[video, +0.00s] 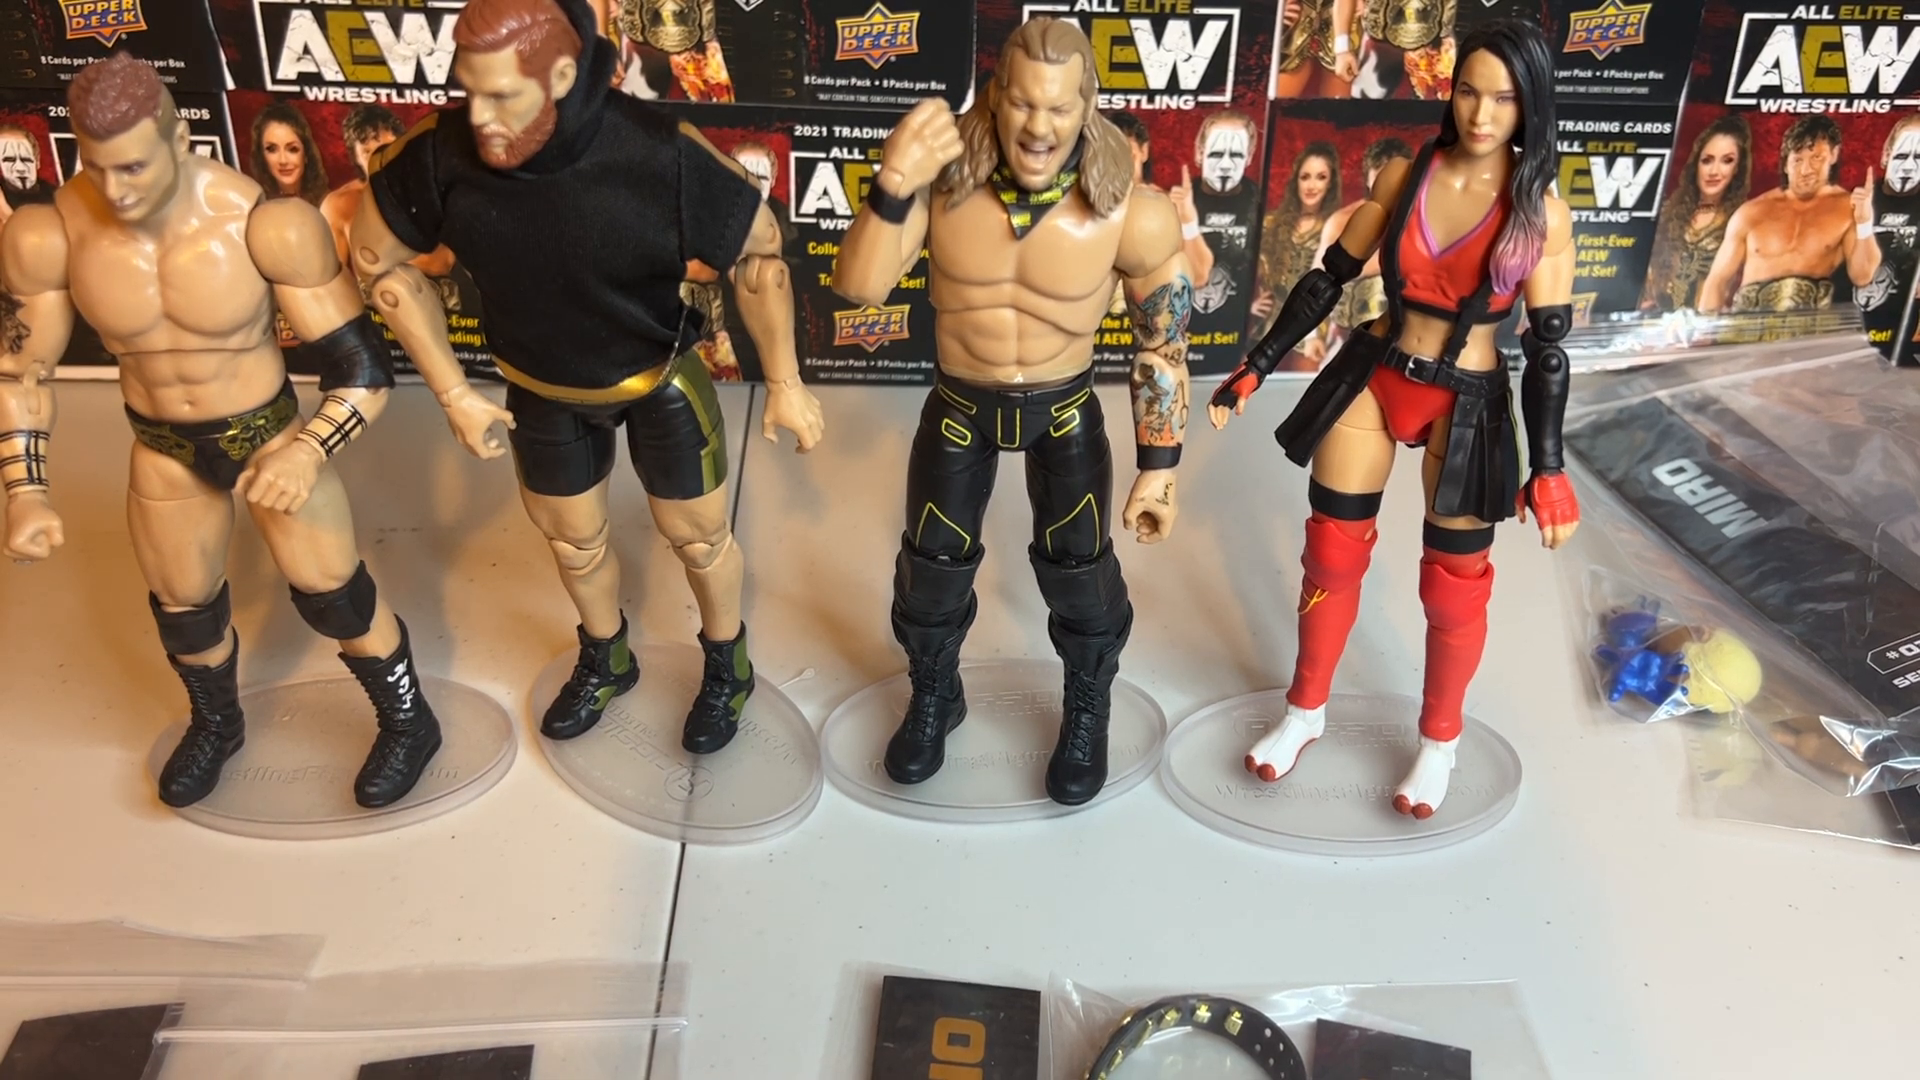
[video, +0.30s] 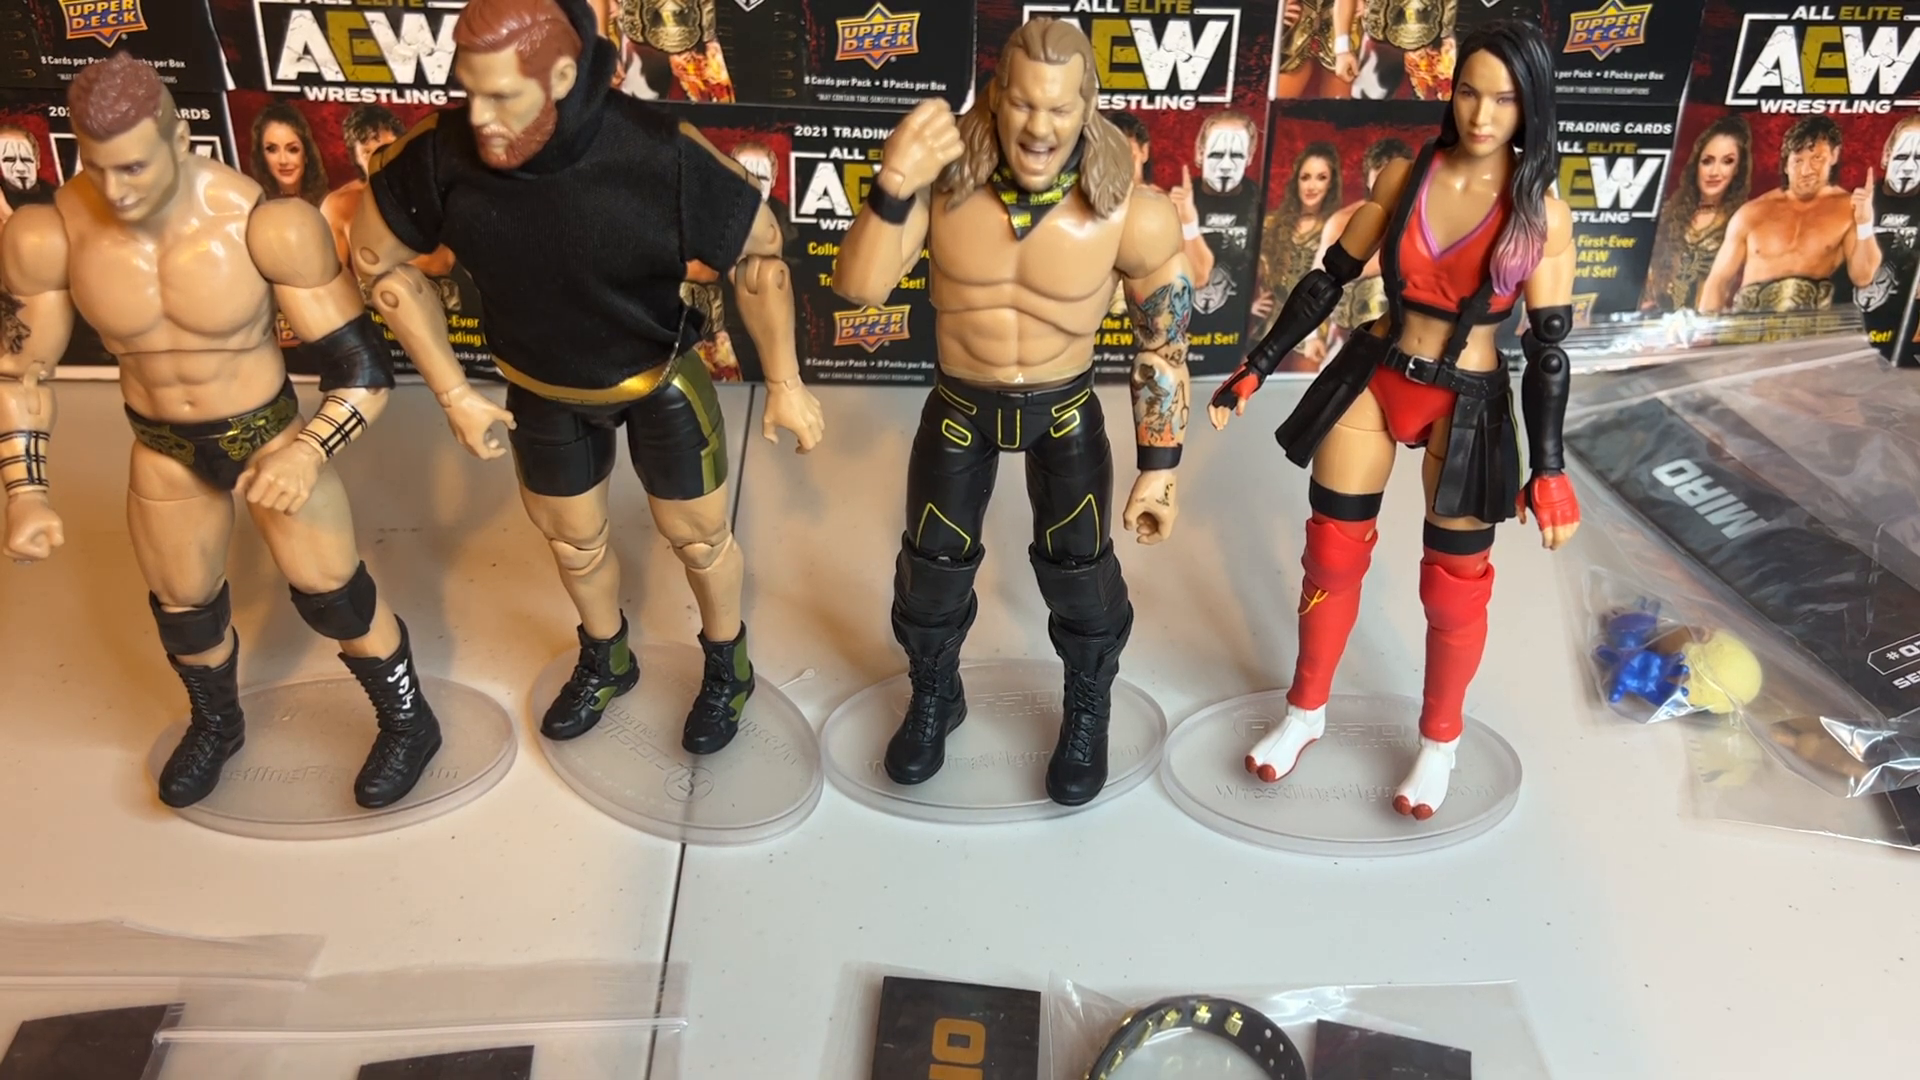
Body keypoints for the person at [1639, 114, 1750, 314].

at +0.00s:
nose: (1714, 171)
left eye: (1727, 161)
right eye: (1707, 160)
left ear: (1738, 168)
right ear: (1695, 164)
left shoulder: (1743, 219)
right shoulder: (1670, 213)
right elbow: (1654, 266)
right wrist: (1650, 299)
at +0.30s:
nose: (1715, 172)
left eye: (1727, 161)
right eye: (1707, 161)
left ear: (1739, 169)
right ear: (1695, 165)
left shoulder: (1743, 220)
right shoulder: (1670, 214)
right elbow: (1655, 267)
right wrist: (1649, 300)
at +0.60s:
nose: (1715, 172)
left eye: (1727, 161)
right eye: (1707, 161)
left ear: (1739, 169)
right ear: (1695, 165)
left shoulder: (1743, 220)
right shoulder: (1670, 213)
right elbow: (1654, 267)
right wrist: (1649, 299)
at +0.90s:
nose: (1714, 171)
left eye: (1727, 160)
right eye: (1707, 160)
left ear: (1738, 168)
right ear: (1695, 164)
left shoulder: (1742, 219)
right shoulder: (1670, 212)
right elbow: (1655, 265)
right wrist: (1650, 299)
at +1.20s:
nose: (1714, 171)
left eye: (1727, 160)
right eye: (1706, 160)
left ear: (1739, 167)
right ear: (1695, 164)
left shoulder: (1742, 220)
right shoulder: (1670, 213)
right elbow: (1654, 267)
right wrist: (1649, 300)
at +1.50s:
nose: (1714, 171)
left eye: (1727, 161)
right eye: (1706, 160)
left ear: (1739, 168)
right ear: (1695, 164)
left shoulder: (1742, 220)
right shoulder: (1670, 213)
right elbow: (1654, 266)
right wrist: (1649, 299)